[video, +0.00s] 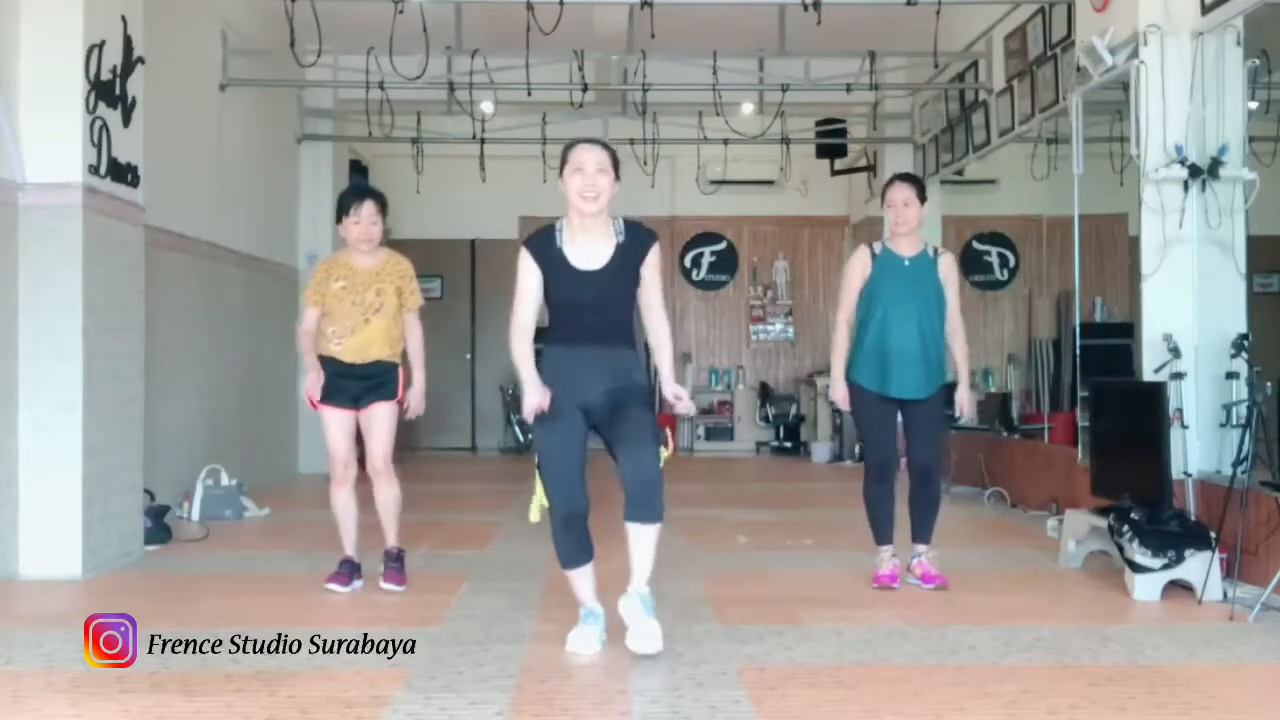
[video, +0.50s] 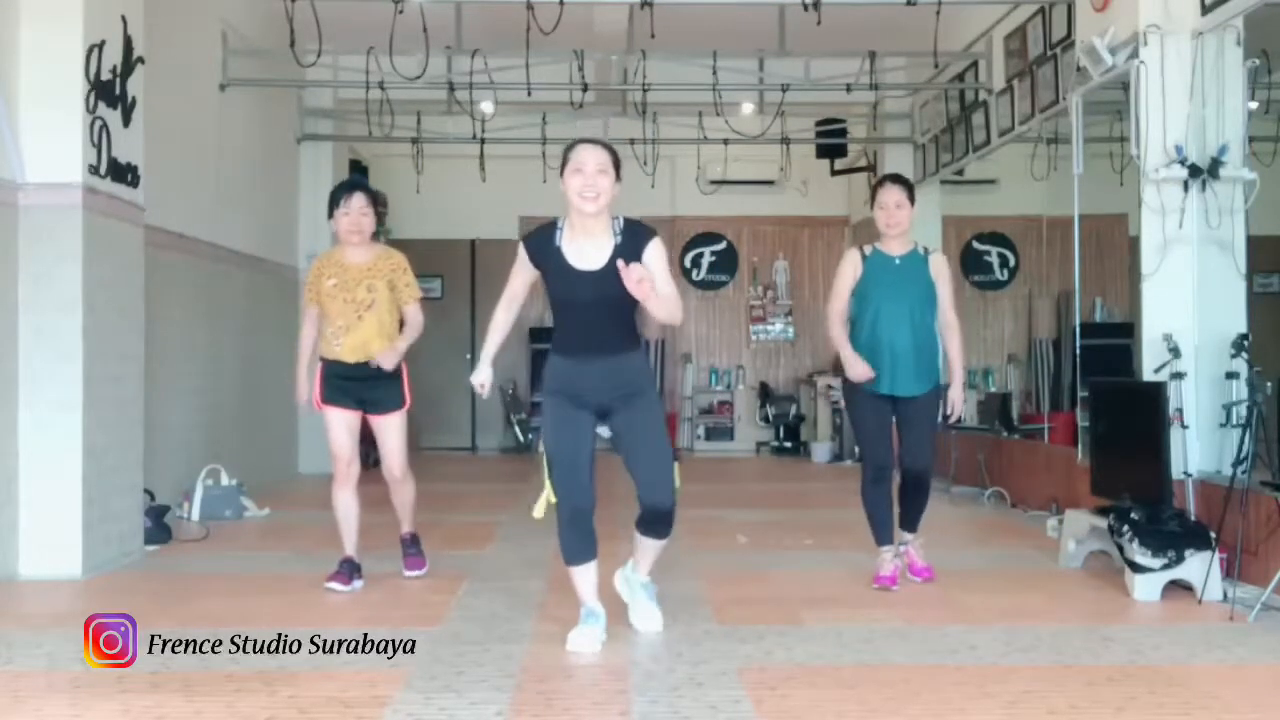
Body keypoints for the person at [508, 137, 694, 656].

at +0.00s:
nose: (589, 180)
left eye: (599, 171)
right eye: (579, 171)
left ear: (615, 183)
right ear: (561, 181)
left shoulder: (640, 243)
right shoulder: (538, 249)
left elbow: (655, 316)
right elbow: (522, 326)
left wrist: (668, 378)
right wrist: (530, 381)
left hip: (625, 385)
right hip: (558, 387)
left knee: (645, 475)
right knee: (566, 503)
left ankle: (639, 595)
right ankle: (590, 611)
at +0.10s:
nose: (589, 179)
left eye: (600, 171)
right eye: (578, 170)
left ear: (616, 182)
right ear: (561, 180)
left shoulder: (641, 240)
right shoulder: (538, 247)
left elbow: (663, 310)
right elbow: (518, 330)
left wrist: (664, 352)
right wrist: (515, 406)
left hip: (624, 382)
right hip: (557, 385)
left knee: (653, 481)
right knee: (569, 503)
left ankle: (636, 565)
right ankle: (588, 611)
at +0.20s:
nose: (592, 163)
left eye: (603, 154)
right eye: (580, 153)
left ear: (618, 164)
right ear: (564, 162)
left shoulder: (641, 220)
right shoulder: (538, 227)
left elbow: (671, 290)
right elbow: (514, 307)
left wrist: (662, 311)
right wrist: (504, 381)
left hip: (626, 366)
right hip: (562, 368)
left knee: (651, 489)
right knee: (575, 494)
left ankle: (636, 565)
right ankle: (588, 609)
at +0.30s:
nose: (591, 163)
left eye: (602, 154)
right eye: (580, 154)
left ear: (618, 163)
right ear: (563, 162)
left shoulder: (640, 215)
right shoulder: (538, 224)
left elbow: (675, 284)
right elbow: (512, 296)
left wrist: (652, 288)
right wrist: (495, 360)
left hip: (630, 364)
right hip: (565, 367)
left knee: (637, 487)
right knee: (576, 493)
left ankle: (636, 585)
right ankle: (590, 609)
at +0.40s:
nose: (590, 170)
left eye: (601, 161)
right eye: (579, 161)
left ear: (617, 171)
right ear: (562, 171)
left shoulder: (641, 227)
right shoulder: (541, 236)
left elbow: (679, 300)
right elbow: (512, 299)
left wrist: (646, 288)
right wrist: (488, 360)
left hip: (632, 376)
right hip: (567, 380)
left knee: (640, 492)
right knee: (576, 498)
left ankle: (635, 587)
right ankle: (590, 609)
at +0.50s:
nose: (589, 180)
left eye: (600, 172)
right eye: (579, 171)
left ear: (616, 183)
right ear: (562, 182)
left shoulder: (642, 242)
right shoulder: (539, 245)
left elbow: (675, 315)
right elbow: (508, 306)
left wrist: (646, 296)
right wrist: (485, 361)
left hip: (632, 386)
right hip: (565, 389)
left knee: (661, 499)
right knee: (574, 503)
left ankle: (637, 576)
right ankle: (590, 611)